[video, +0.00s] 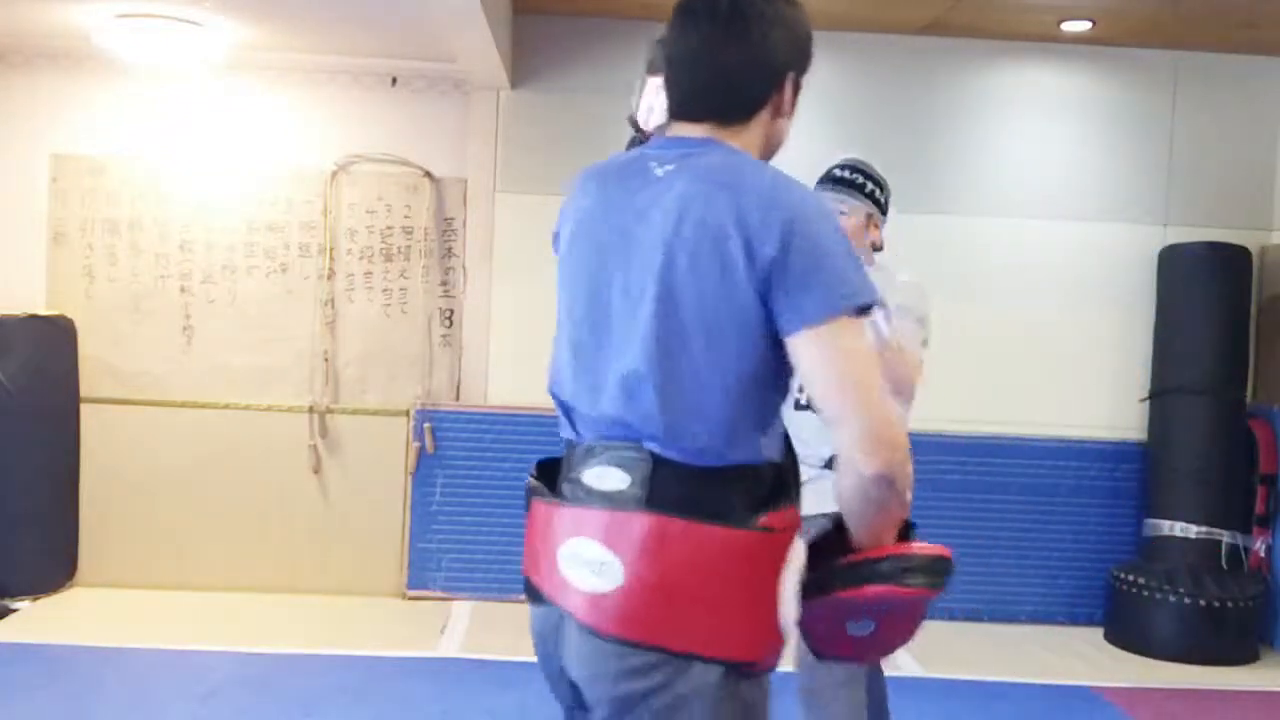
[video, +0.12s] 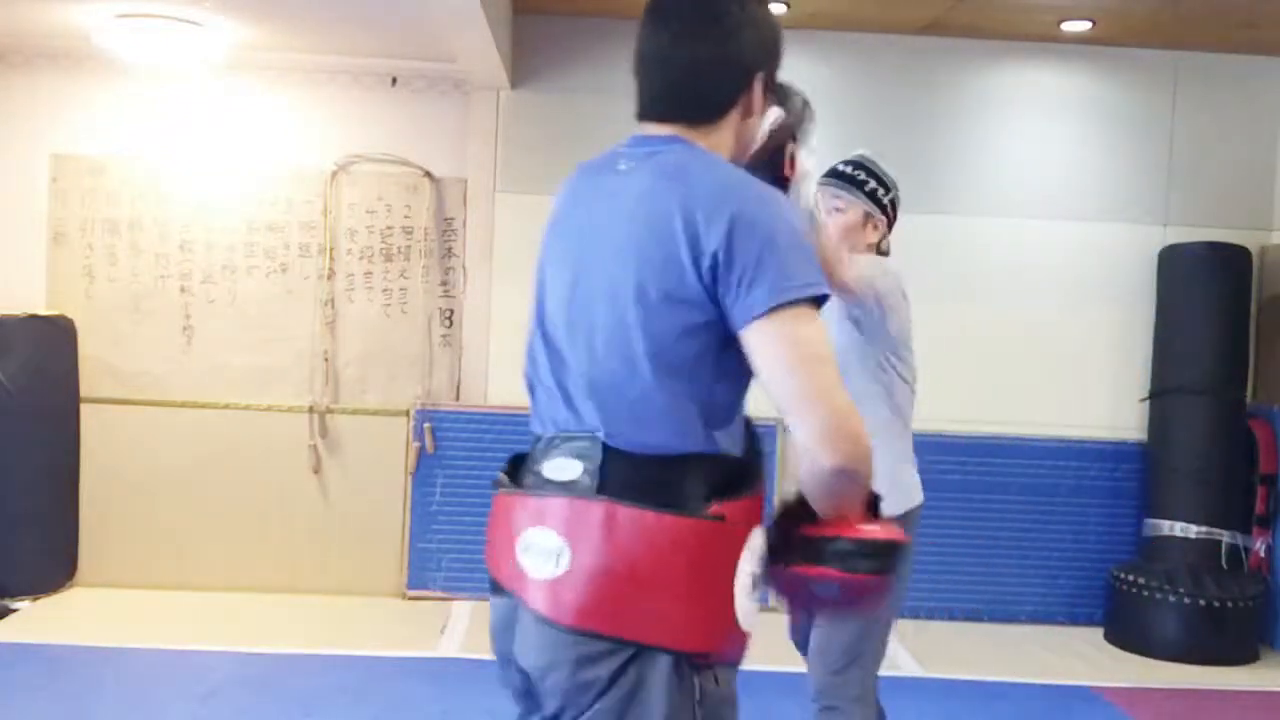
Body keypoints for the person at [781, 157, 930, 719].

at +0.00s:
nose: (833, 224)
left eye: (847, 214)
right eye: (826, 210)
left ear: (875, 230)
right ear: (809, 215)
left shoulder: (896, 293)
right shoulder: (784, 281)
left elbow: (902, 383)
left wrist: (850, 300)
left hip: (842, 496)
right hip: (775, 491)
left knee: (831, 653)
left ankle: (839, 711)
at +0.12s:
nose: (816, 220)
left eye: (835, 207)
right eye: (814, 206)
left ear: (875, 228)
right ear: (805, 209)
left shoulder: (880, 279)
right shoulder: (821, 283)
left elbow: (823, 264)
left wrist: (793, 191)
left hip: (879, 505)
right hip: (826, 498)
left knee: (837, 682)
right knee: (817, 648)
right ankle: (866, 713)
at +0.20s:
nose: (818, 221)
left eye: (839, 210)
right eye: (815, 207)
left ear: (878, 232)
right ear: (806, 214)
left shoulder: (886, 284)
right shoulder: (818, 284)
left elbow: (825, 279)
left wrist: (773, 217)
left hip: (883, 506)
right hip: (823, 498)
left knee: (840, 679)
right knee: (805, 631)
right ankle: (869, 706)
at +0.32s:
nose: (828, 223)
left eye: (847, 210)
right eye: (823, 208)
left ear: (887, 223)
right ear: (816, 211)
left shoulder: (908, 295)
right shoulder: (816, 288)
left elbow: (867, 375)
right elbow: (768, 380)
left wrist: (794, 335)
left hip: (885, 506)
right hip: (823, 501)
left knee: (849, 682)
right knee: (842, 669)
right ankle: (898, 713)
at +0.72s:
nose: (843, 241)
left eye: (859, 228)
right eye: (834, 228)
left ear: (896, 235)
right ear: (824, 233)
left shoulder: (922, 310)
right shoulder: (833, 315)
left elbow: (964, 419)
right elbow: (819, 418)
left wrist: (899, 402)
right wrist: (776, 377)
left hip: (907, 518)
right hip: (841, 520)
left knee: (834, 677)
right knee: (880, 677)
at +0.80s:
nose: (828, 244)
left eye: (844, 231)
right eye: (819, 230)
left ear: (880, 241)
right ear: (809, 236)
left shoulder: (902, 312)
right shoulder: (829, 323)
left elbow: (965, 407)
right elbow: (800, 427)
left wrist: (915, 429)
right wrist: (755, 393)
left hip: (903, 537)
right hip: (850, 538)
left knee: (835, 694)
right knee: (881, 688)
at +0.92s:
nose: (836, 229)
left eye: (856, 216)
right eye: (829, 216)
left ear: (893, 235)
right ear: (818, 226)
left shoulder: (925, 317)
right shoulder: (798, 309)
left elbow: (991, 404)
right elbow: (735, 403)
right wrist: (768, 338)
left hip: (879, 544)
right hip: (804, 541)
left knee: (802, 703)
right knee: (860, 687)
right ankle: (897, 712)